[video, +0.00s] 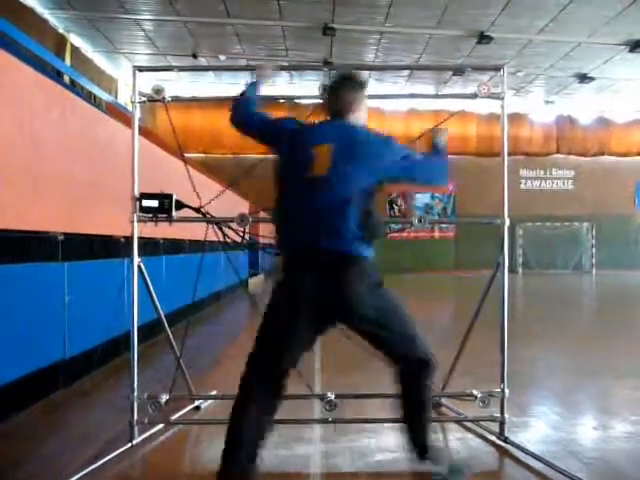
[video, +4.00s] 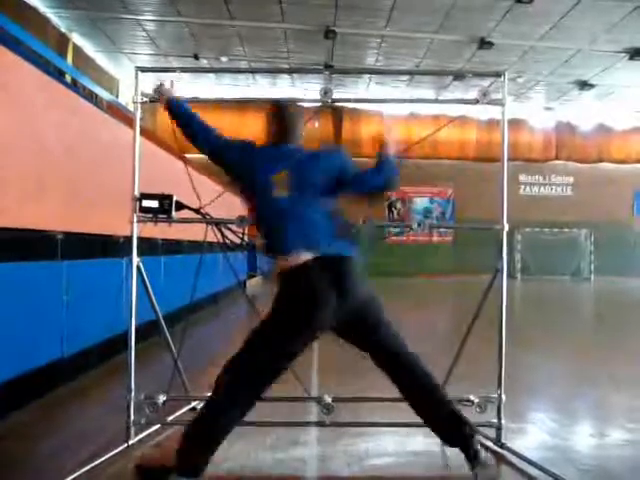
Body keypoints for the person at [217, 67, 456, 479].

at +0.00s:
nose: (365, 110)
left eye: (361, 103)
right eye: (364, 104)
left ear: (325, 105)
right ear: (360, 106)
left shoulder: (293, 135)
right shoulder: (369, 145)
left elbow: (242, 116)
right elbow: (436, 175)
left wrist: (257, 81)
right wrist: (438, 148)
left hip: (298, 278)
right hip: (351, 279)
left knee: (264, 373)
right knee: (415, 358)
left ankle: (235, 469)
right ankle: (423, 448)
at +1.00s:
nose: (333, 131)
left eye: (331, 126)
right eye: (331, 126)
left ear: (291, 127)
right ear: (325, 128)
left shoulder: (263, 163)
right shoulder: (336, 163)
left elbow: (219, 159)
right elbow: (388, 204)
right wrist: (388, 168)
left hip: (289, 286)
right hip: (335, 284)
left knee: (237, 368)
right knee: (365, 366)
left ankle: (222, 462)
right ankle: (365, 466)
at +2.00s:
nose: (315, 128)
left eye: (313, 122)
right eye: (314, 122)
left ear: (274, 127)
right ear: (308, 126)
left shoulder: (247, 175)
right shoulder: (329, 166)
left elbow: (205, 219)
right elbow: (356, 229)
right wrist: (388, 222)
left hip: (287, 291)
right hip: (337, 287)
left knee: (231, 381)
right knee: (372, 380)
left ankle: (193, 467)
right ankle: (382, 465)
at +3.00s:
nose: (292, 142)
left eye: (276, 135)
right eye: (294, 137)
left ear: (258, 139)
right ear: (292, 141)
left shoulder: (235, 174)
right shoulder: (310, 177)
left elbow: (197, 156)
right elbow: (324, 233)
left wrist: (171, 117)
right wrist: (375, 239)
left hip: (278, 303)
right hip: (328, 296)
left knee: (207, 378)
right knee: (391, 369)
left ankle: (184, 468)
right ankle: (466, 443)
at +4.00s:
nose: (270, 132)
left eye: (270, 127)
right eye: (285, 128)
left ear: (269, 131)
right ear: (302, 130)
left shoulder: (254, 161)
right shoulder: (325, 162)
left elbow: (208, 138)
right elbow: (377, 182)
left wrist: (173, 103)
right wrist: (388, 158)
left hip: (301, 289)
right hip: (345, 281)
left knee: (241, 381)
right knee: (402, 364)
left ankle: (187, 464)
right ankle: (466, 441)